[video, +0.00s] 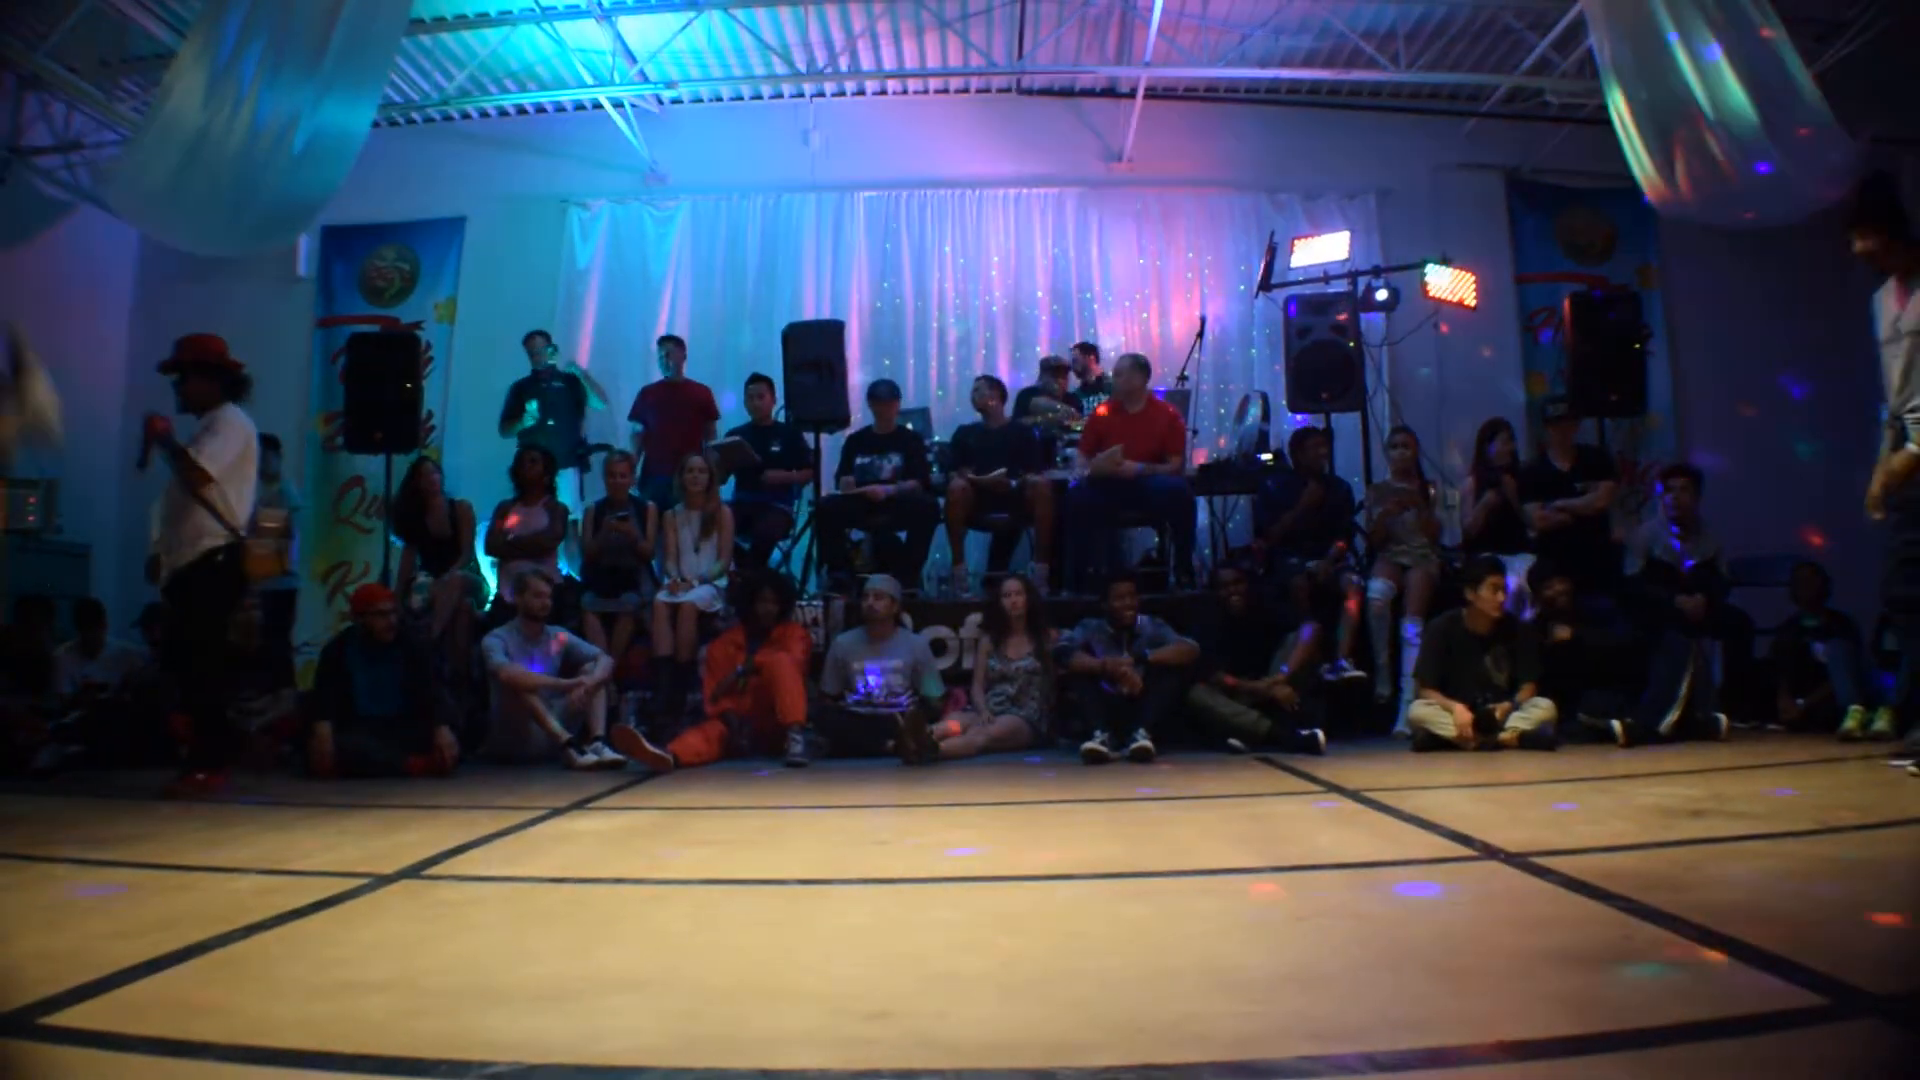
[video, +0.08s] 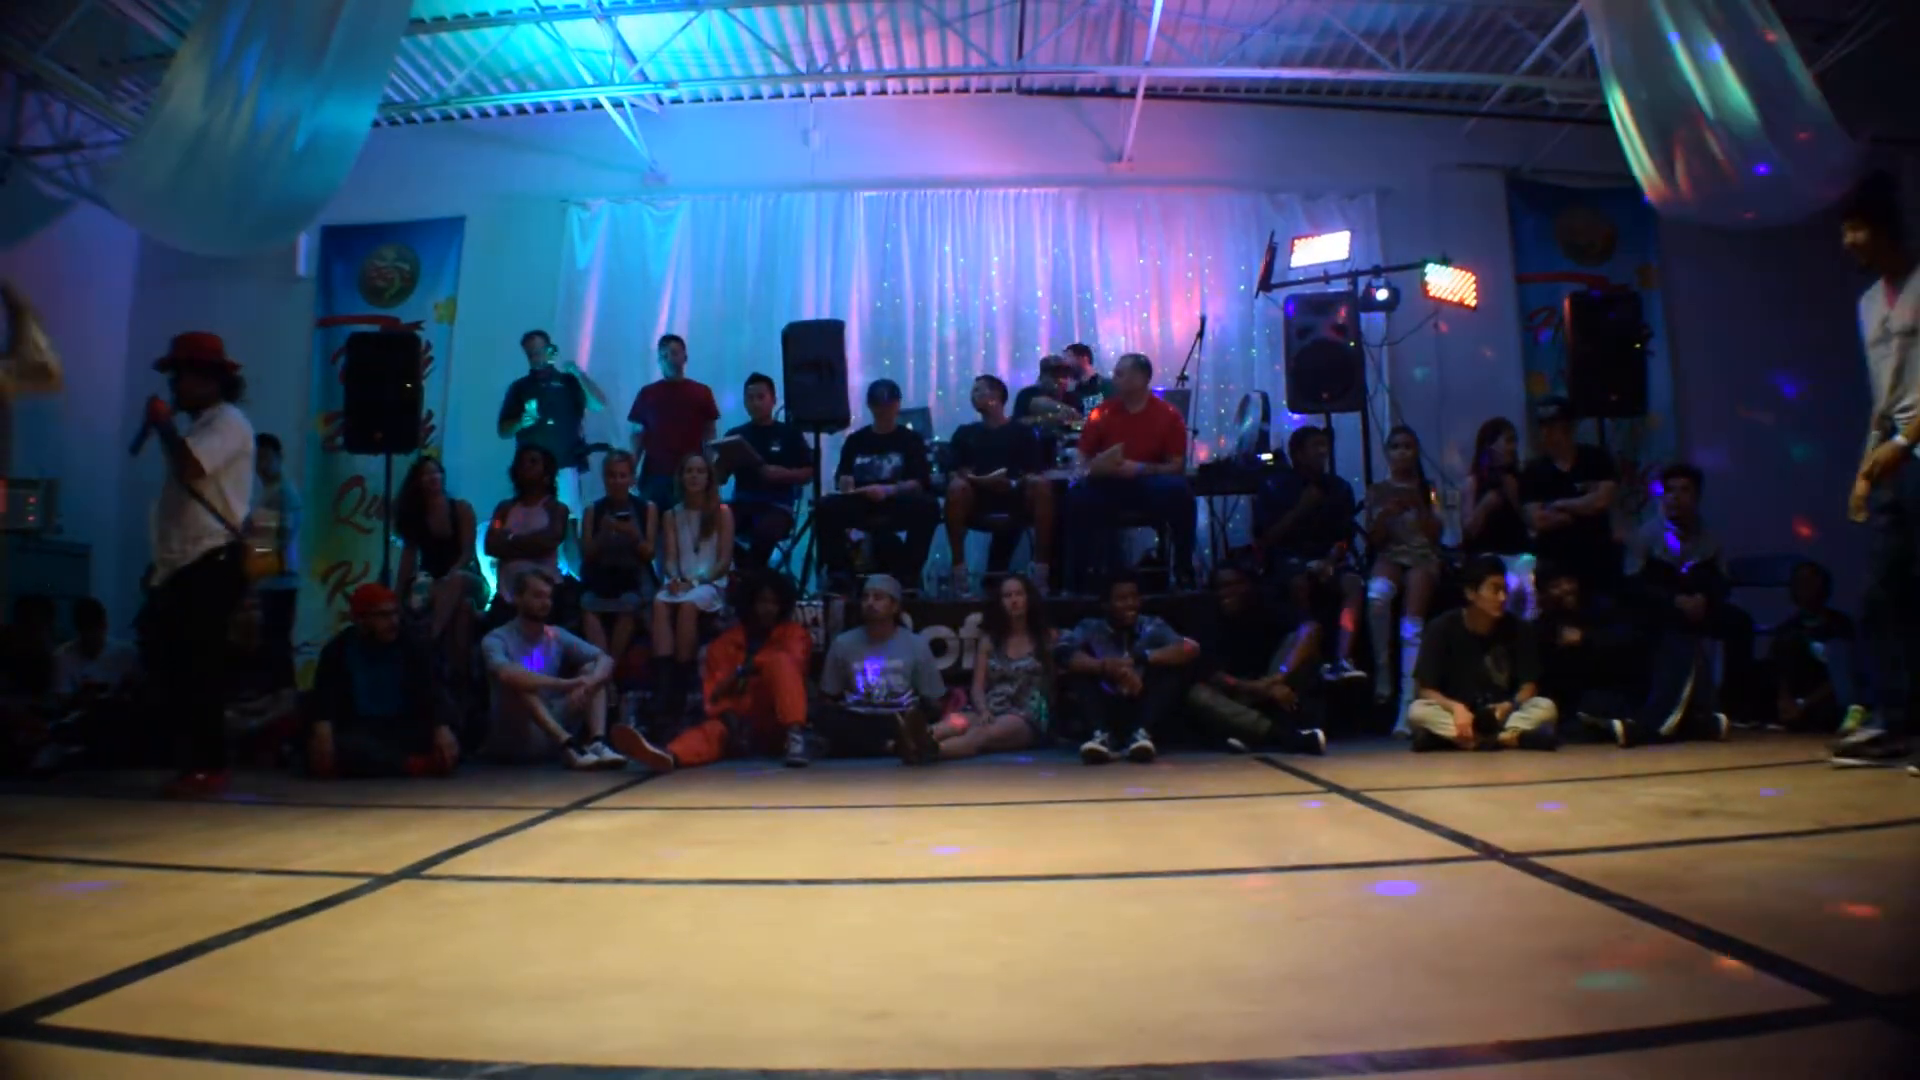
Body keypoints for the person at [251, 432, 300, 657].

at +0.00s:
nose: (267, 463)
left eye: (272, 456)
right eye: (263, 456)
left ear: (279, 459)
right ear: (255, 459)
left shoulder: (286, 492)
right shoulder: (248, 490)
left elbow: (293, 528)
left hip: (280, 578)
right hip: (251, 577)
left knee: (278, 645)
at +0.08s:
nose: (262, 464)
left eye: (268, 457)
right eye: (259, 457)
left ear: (278, 459)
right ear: (254, 460)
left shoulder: (286, 494)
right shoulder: (265, 494)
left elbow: (286, 530)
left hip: (281, 574)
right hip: (265, 574)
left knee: (277, 640)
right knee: (269, 640)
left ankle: (282, 690)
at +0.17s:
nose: (261, 465)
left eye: (267, 458)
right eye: (257, 458)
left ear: (278, 459)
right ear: (253, 461)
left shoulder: (284, 494)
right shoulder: (270, 494)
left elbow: (282, 533)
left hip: (281, 577)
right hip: (269, 576)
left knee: (277, 643)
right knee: (272, 643)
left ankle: (282, 695)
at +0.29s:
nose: (262, 465)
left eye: (268, 458)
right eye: (258, 458)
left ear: (279, 459)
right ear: (253, 461)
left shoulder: (284, 495)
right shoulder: (269, 495)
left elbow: (280, 532)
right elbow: (266, 530)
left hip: (282, 578)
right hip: (270, 577)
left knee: (278, 641)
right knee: (271, 641)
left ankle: (283, 695)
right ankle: (272, 694)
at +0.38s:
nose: (263, 465)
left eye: (268, 458)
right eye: (258, 458)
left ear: (279, 459)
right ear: (253, 461)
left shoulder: (282, 496)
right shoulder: (269, 495)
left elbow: (275, 541)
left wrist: (259, 574)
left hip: (280, 580)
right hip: (270, 580)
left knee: (277, 644)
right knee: (272, 644)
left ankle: (283, 698)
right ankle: (273, 697)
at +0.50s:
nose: (262, 465)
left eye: (267, 458)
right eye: (257, 459)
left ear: (279, 459)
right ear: (252, 461)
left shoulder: (283, 494)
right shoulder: (266, 494)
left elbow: (276, 538)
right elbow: (258, 531)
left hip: (282, 579)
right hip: (269, 578)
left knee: (278, 642)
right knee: (272, 642)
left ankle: (283, 697)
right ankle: (273, 695)